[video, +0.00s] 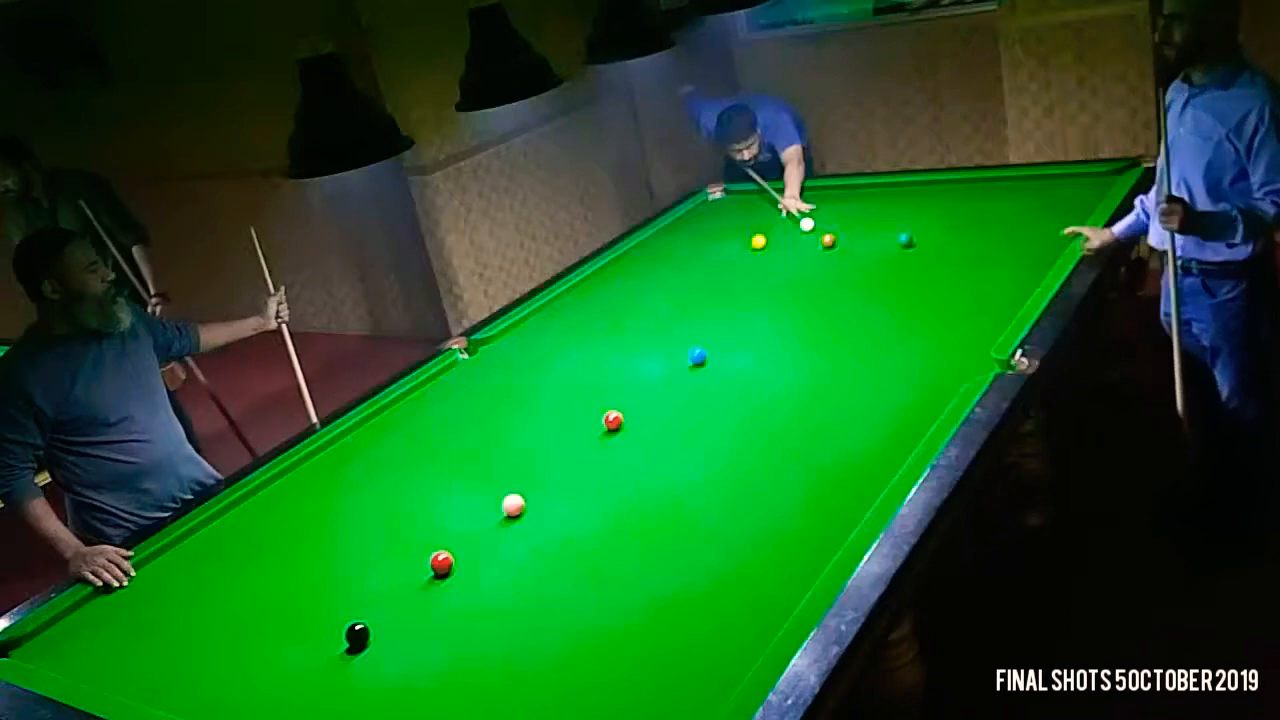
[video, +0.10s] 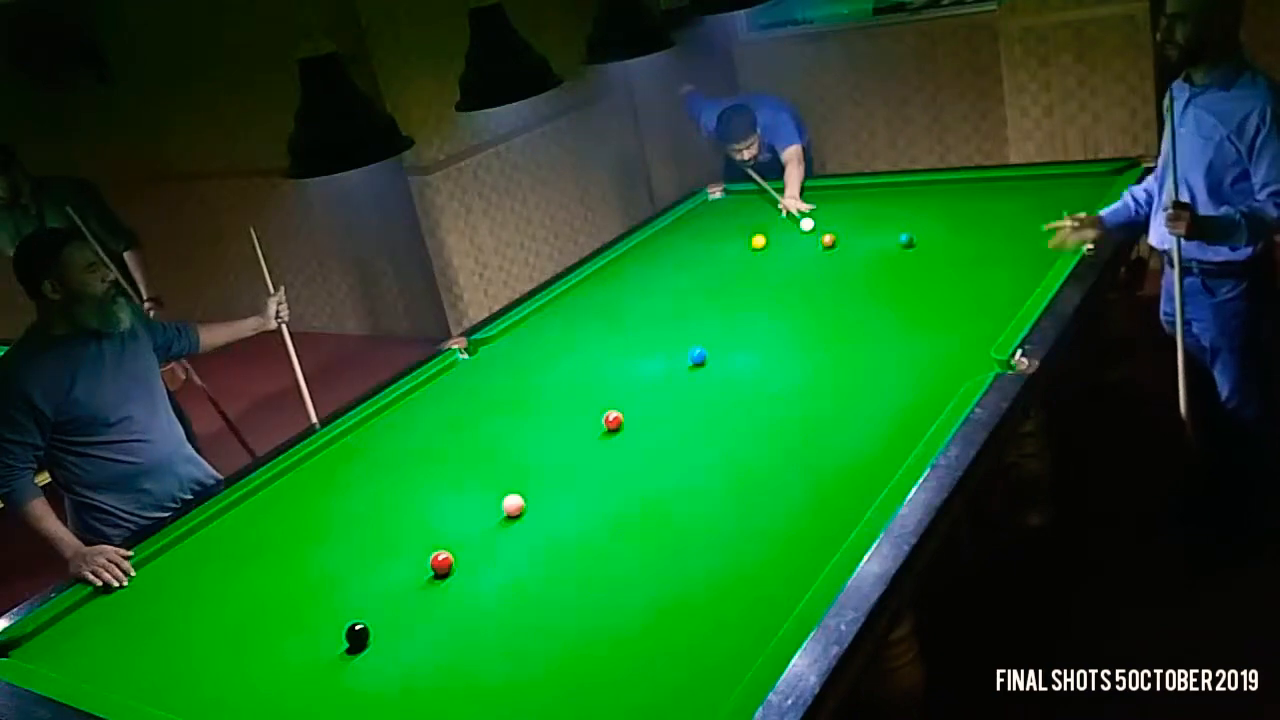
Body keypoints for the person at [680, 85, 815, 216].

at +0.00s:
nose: (746, 156)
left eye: (750, 148)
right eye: (737, 152)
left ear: (758, 134)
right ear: (721, 143)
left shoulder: (777, 121)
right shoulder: (710, 121)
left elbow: (794, 161)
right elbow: (691, 100)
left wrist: (791, 195)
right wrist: (687, 93)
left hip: (777, 157)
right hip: (736, 163)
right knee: (739, 211)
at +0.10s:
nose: (745, 156)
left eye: (750, 148)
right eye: (737, 152)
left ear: (758, 134)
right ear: (721, 143)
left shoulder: (777, 121)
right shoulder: (710, 120)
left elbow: (794, 160)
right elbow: (692, 99)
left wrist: (791, 196)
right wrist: (687, 92)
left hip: (777, 156)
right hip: (736, 162)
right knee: (737, 210)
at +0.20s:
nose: (745, 156)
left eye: (750, 147)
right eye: (737, 151)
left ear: (759, 134)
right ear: (721, 143)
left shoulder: (777, 121)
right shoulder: (710, 120)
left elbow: (794, 161)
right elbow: (692, 98)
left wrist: (791, 196)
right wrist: (688, 91)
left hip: (777, 156)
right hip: (736, 162)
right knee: (738, 210)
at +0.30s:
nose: (745, 156)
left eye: (750, 147)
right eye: (737, 152)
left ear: (758, 134)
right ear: (722, 143)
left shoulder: (777, 121)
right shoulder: (710, 120)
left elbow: (794, 161)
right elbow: (692, 98)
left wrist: (791, 196)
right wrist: (688, 91)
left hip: (777, 156)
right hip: (736, 162)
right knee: (738, 210)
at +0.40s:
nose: (745, 156)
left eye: (750, 148)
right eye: (737, 151)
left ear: (759, 134)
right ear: (722, 143)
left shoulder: (776, 121)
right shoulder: (710, 120)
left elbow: (794, 160)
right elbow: (693, 99)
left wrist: (792, 196)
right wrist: (688, 90)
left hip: (777, 156)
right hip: (736, 162)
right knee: (738, 209)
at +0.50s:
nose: (745, 156)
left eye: (750, 147)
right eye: (736, 151)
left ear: (758, 134)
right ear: (722, 142)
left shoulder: (776, 121)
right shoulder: (710, 120)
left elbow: (794, 160)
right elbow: (693, 99)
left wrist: (791, 196)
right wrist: (688, 90)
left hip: (777, 156)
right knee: (738, 210)